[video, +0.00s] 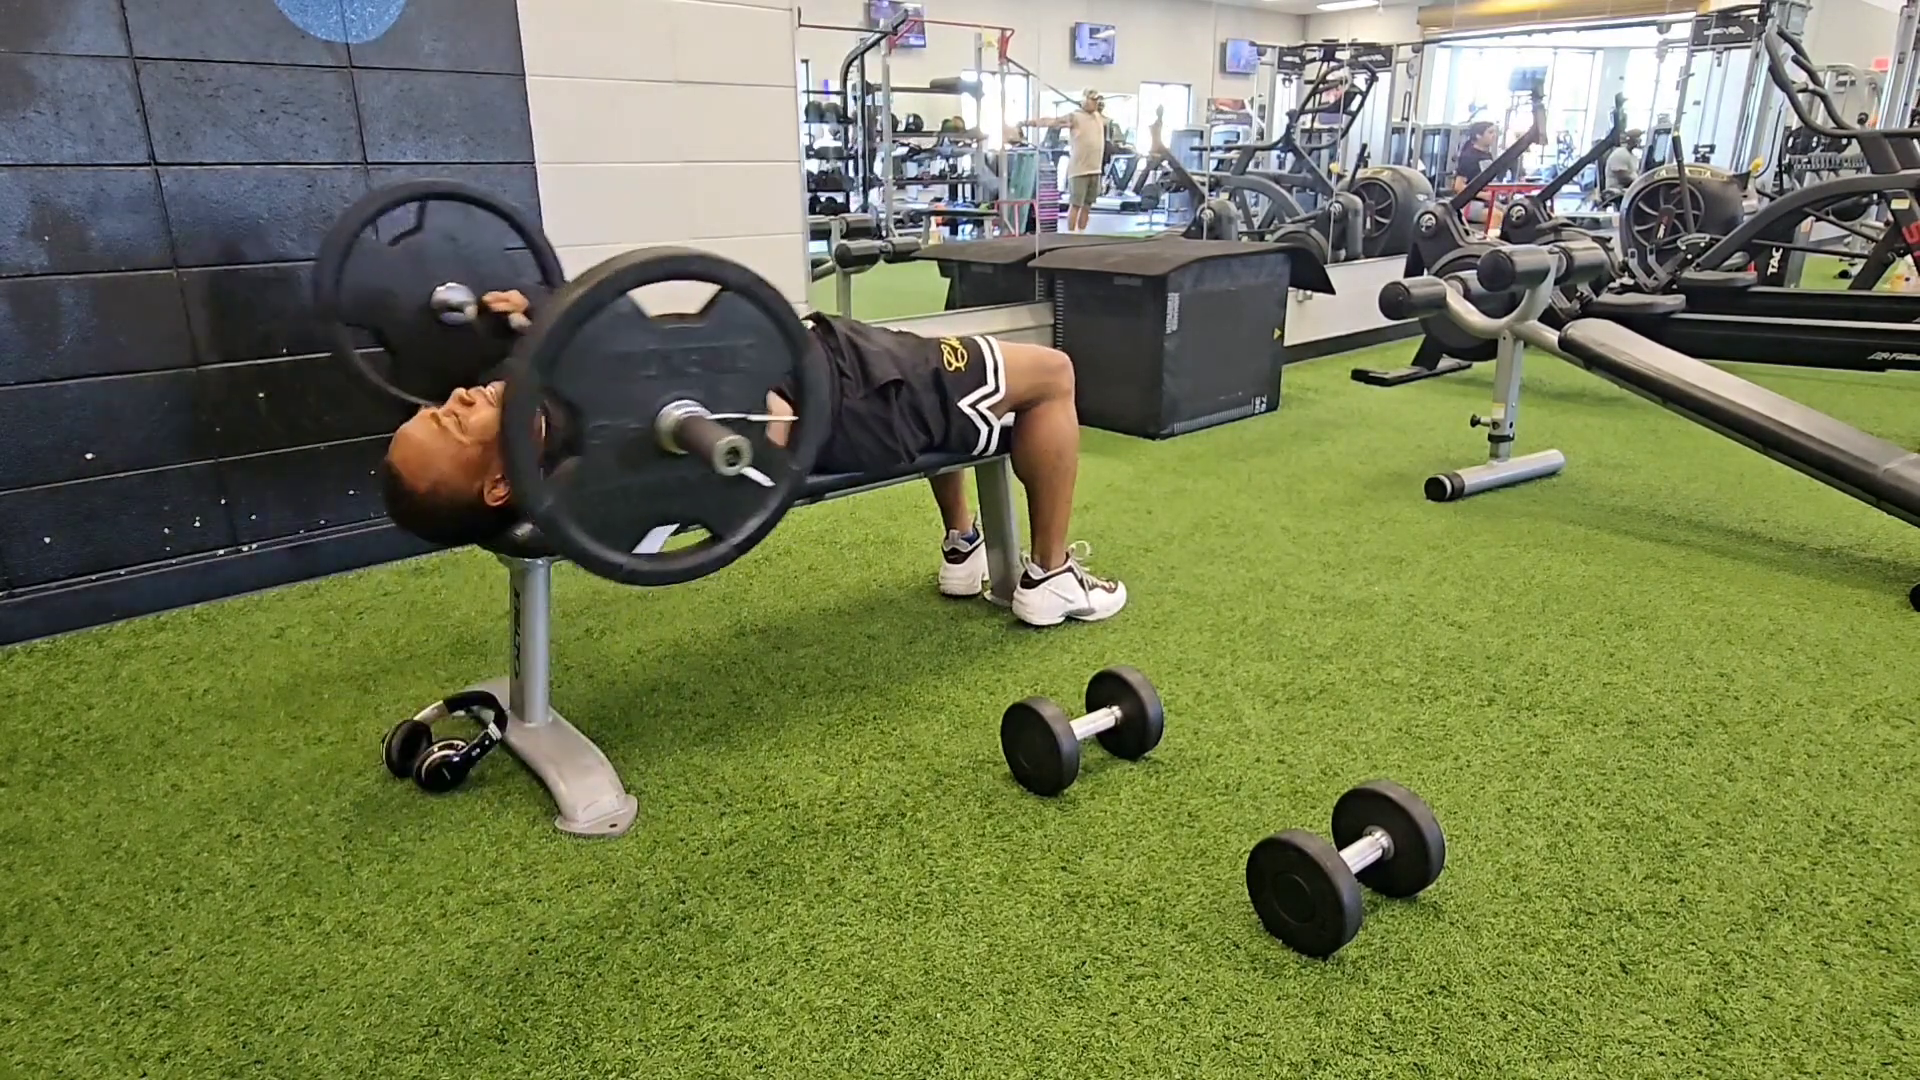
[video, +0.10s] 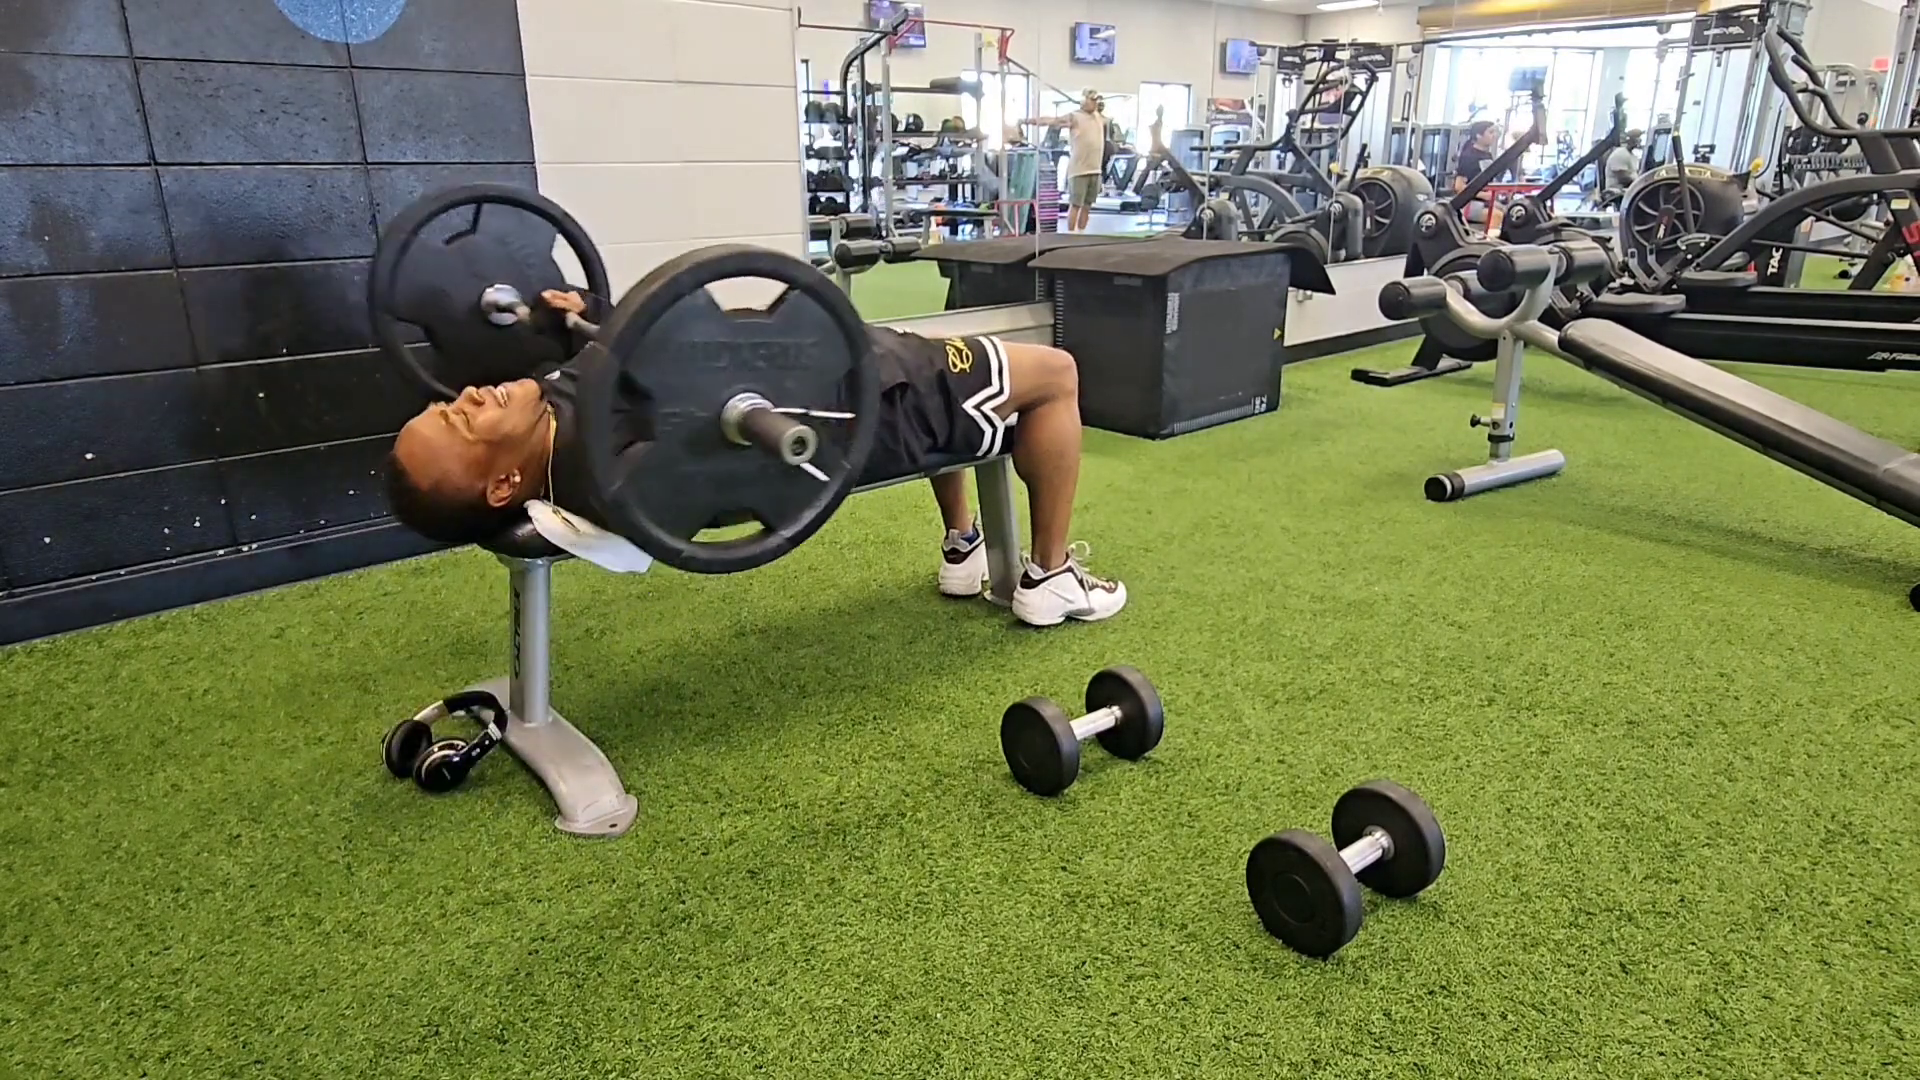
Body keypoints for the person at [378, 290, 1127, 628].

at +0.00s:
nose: (469, 393)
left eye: (448, 402)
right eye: (459, 418)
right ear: (499, 485)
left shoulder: (532, 404)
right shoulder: (587, 481)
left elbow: (611, 339)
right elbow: (692, 475)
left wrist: (538, 318)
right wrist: (762, 446)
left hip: (792, 356)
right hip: (839, 410)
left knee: (937, 345)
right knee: (1050, 372)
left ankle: (965, 545)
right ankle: (1053, 576)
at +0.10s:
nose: (479, 390)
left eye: (457, 401)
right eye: (471, 417)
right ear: (508, 483)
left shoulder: (548, 405)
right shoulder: (608, 474)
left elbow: (640, 379)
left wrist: (583, 326)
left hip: (793, 366)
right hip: (844, 420)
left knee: (933, 341)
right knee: (1053, 372)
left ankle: (965, 545)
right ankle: (1052, 577)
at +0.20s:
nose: (481, 388)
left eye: (457, 399)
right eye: (471, 416)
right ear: (507, 485)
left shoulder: (542, 394)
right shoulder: (605, 470)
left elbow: (659, 368)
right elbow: (732, 491)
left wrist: (608, 326)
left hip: (782, 366)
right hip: (839, 422)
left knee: (935, 341)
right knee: (1053, 372)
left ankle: (964, 545)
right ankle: (1051, 579)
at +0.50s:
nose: (478, 386)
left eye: (452, 398)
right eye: (466, 410)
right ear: (505, 477)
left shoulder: (546, 399)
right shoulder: (609, 473)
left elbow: (619, 339)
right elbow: (730, 474)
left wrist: (611, 282)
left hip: (772, 370)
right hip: (832, 423)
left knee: (940, 345)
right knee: (1055, 379)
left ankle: (965, 547)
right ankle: (1048, 580)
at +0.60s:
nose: (475, 387)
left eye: (448, 395)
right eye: (458, 414)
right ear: (498, 486)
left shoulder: (541, 399)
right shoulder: (602, 471)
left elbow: (560, 332)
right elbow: (721, 410)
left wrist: (578, 241)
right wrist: (724, 277)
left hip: (800, 357)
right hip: (842, 403)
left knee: (937, 348)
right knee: (1052, 376)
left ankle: (968, 549)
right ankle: (1049, 580)